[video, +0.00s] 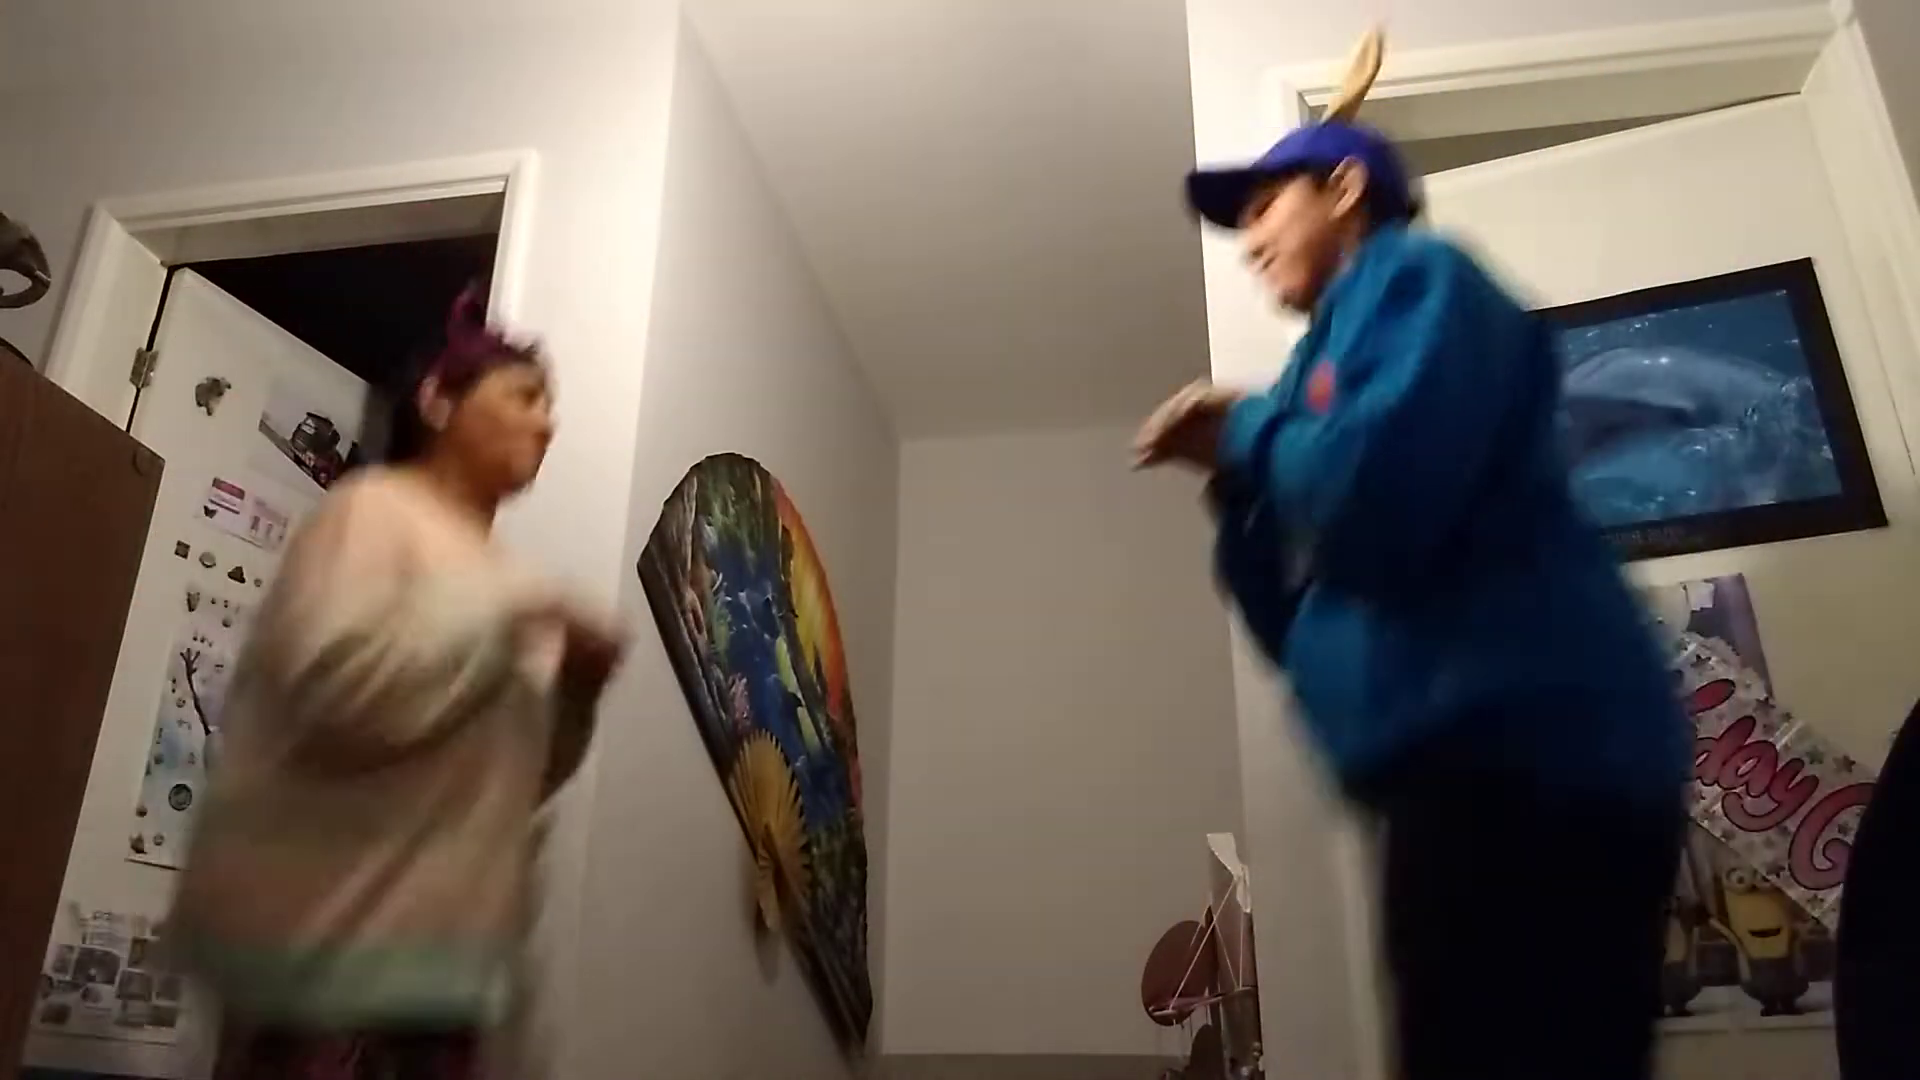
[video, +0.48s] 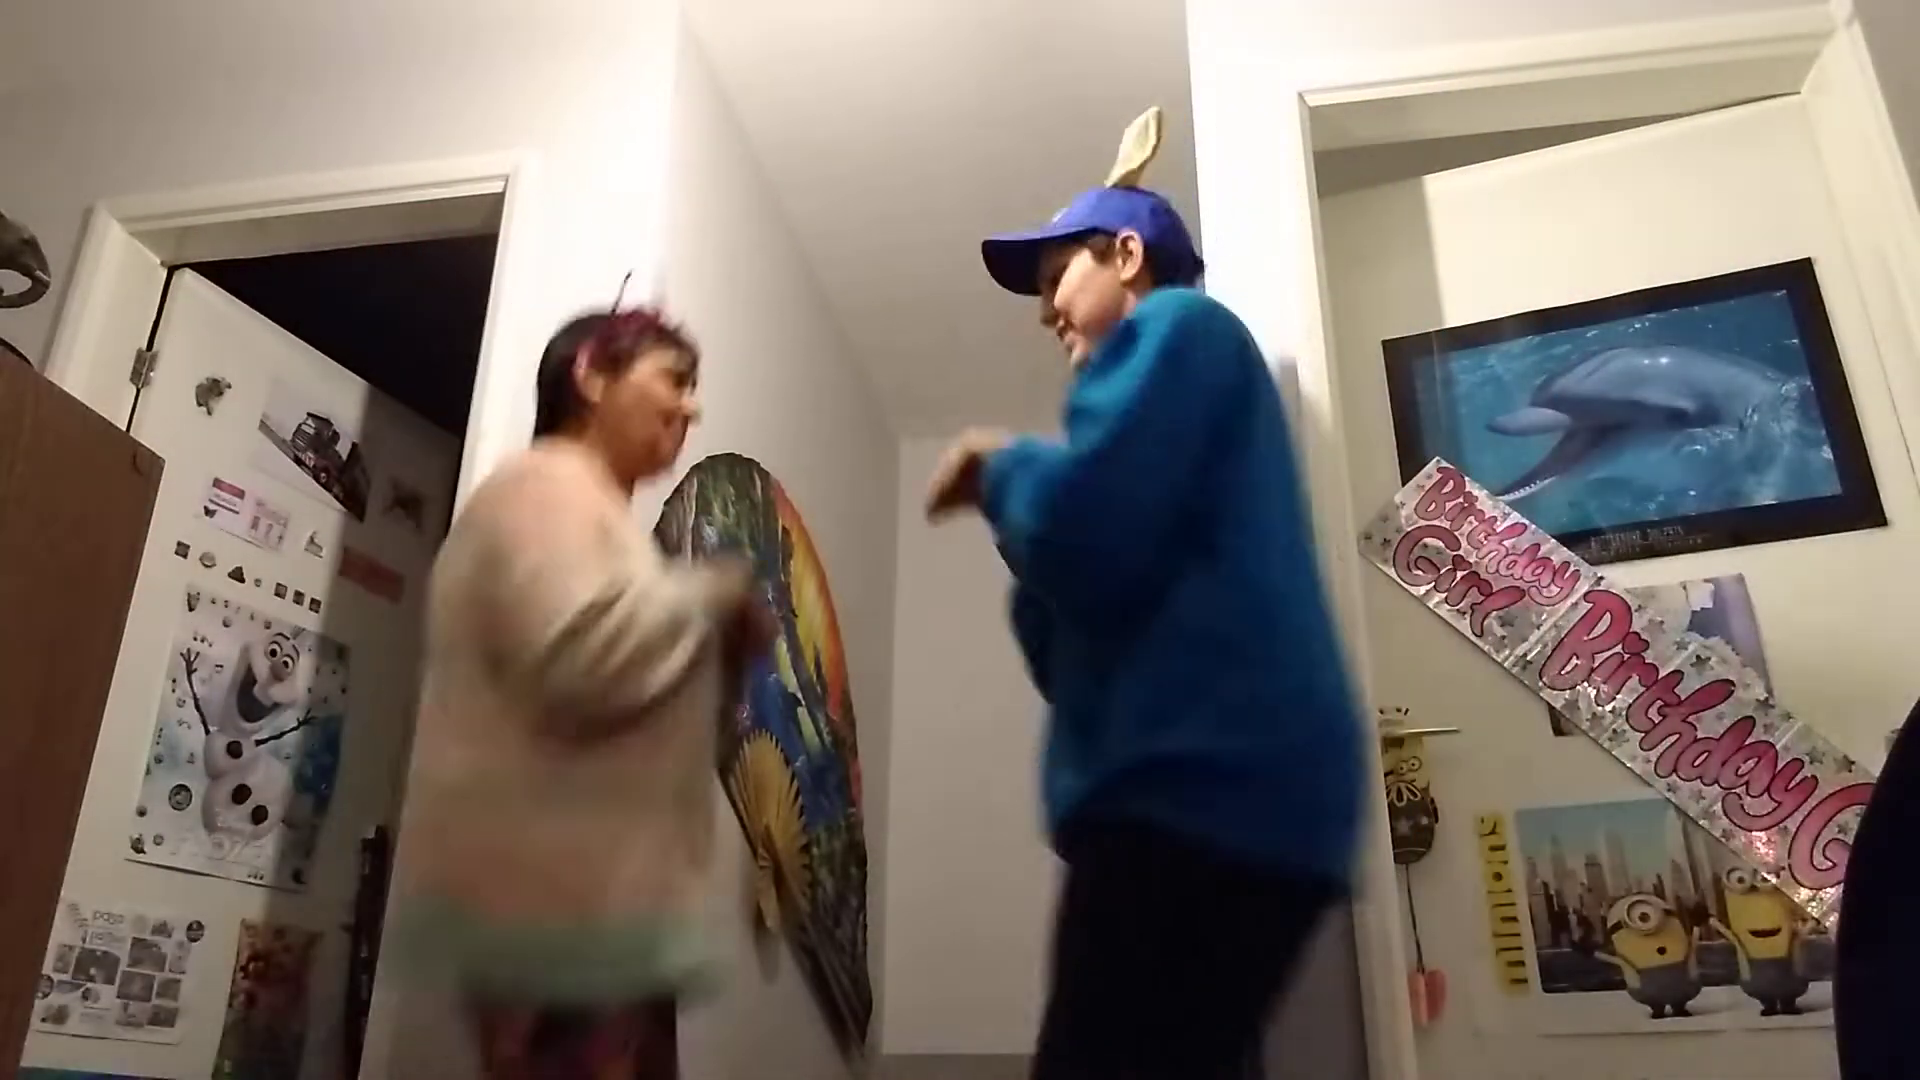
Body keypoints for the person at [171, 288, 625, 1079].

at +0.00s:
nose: (546, 421)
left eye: (547, 404)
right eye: (524, 396)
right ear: (439, 401)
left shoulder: (495, 565)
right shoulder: (368, 512)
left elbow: (515, 781)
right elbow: (330, 695)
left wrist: (577, 688)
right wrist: (503, 630)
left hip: (439, 952)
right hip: (320, 949)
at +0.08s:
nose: (563, 373)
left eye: (569, 357)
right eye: (547, 345)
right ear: (464, 342)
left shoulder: (524, 504)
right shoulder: (398, 442)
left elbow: (575, 696)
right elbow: (415, 590)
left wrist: (616, 588)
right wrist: (564, 525)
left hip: (485, 881)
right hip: (363, 872)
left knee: (441, 1063)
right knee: (327, 1060)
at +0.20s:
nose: (611, 319)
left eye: (615, 304)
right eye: (590, 294)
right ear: (508, 292)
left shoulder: (577, 461)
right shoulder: (449, 385)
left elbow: (617, 657)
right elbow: (484, 527)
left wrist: (667, 547)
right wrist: (605, 457)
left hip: (537, 818)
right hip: (424, 811)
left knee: (512, 1053)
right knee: (419, 1050)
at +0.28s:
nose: (643, 335)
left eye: (647, 320)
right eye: (624, 308)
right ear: (544, 306)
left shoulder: (593, 467)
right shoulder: (481, 410)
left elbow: (635, 665)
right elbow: (504, 567)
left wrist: (688, 579)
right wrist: (647, 519)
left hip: (554, 842)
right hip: (449, 842)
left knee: (545, 1052)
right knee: (455, 1055)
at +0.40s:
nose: (677, 411)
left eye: (676, 393)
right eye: (656, 382)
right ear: (575, 384)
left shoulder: (604, 550)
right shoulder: (511, 503)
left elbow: (646, 756)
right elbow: (531, 693)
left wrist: (709, 680)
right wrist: (675, 623)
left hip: (588, 969)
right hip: (514, 970)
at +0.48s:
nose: (690, 406)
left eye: (691, 388)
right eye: (673, 379)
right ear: (591, 378)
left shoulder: (598, 510)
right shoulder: (544, 487)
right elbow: (575, 664)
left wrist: (720, 639)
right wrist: (714, 596)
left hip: (610, 919)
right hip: (557, 922)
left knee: (625, 1061)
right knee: (576, 1063)